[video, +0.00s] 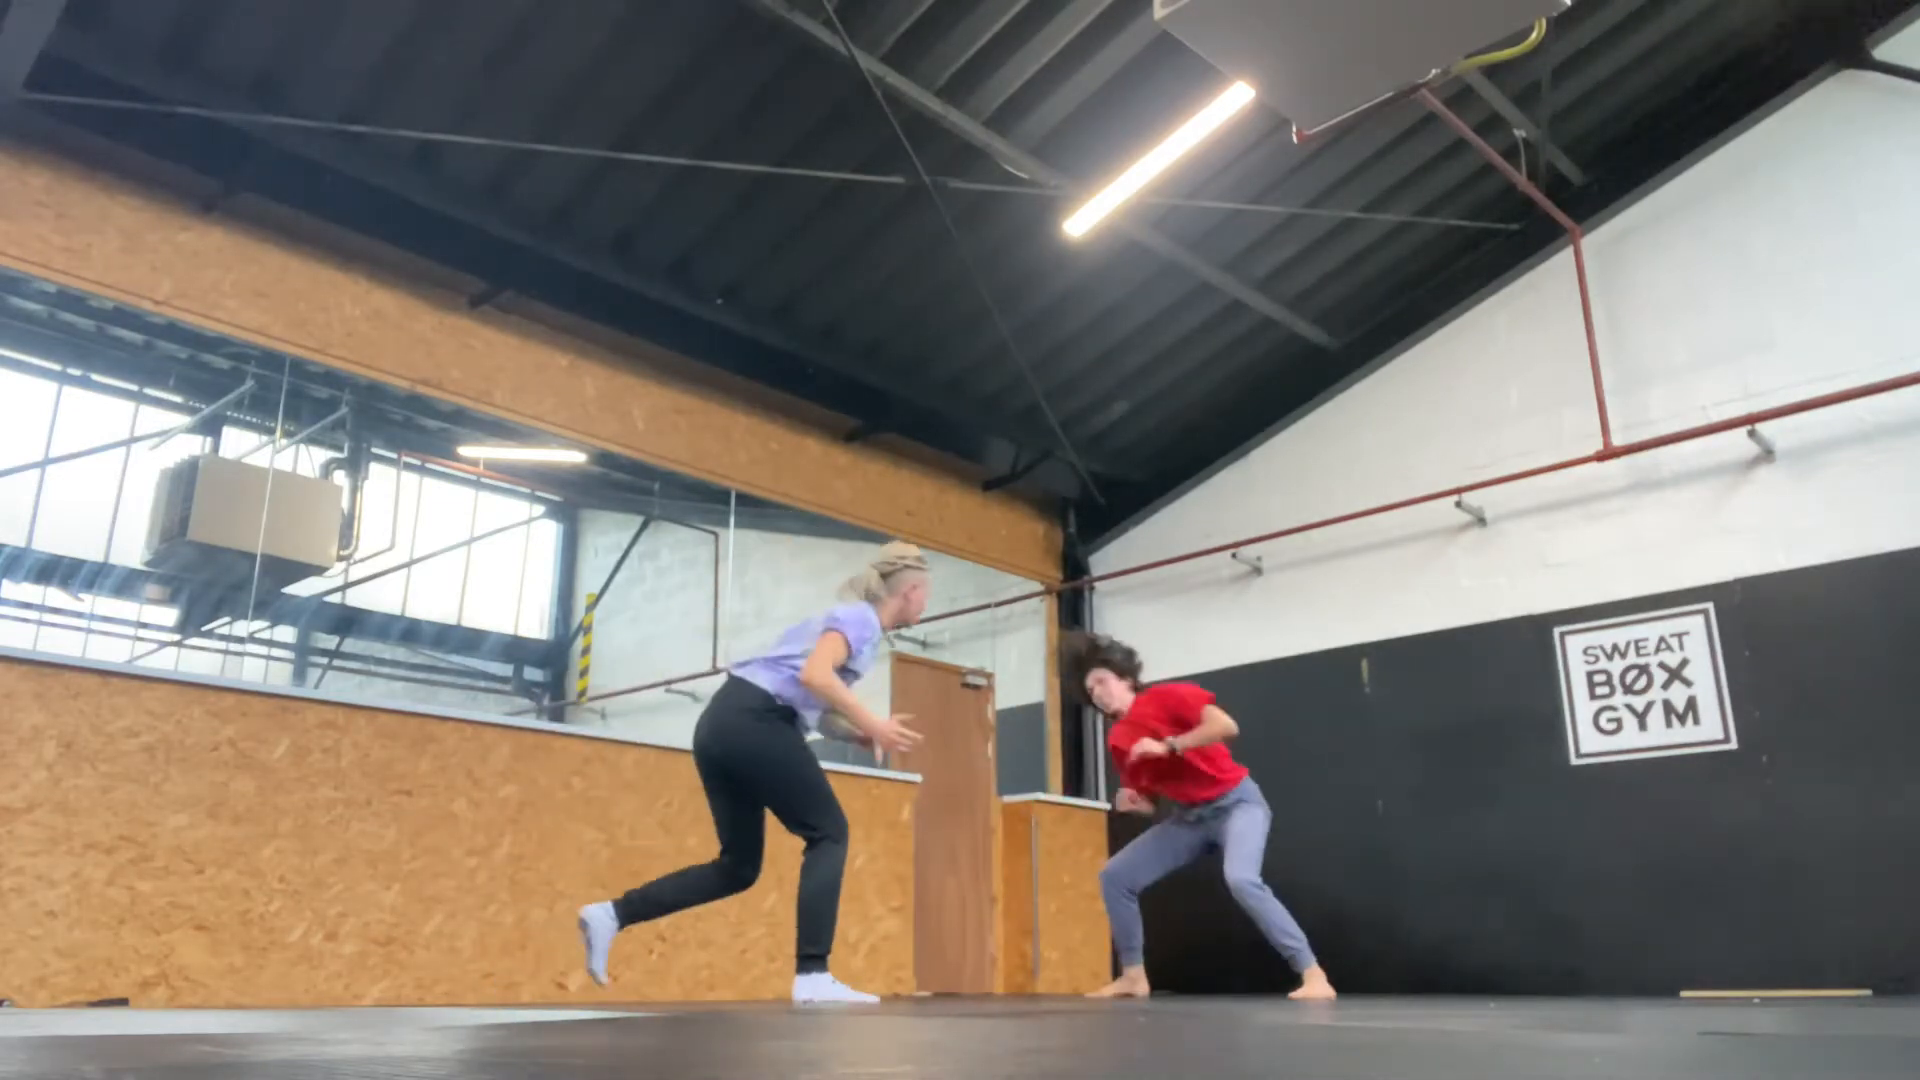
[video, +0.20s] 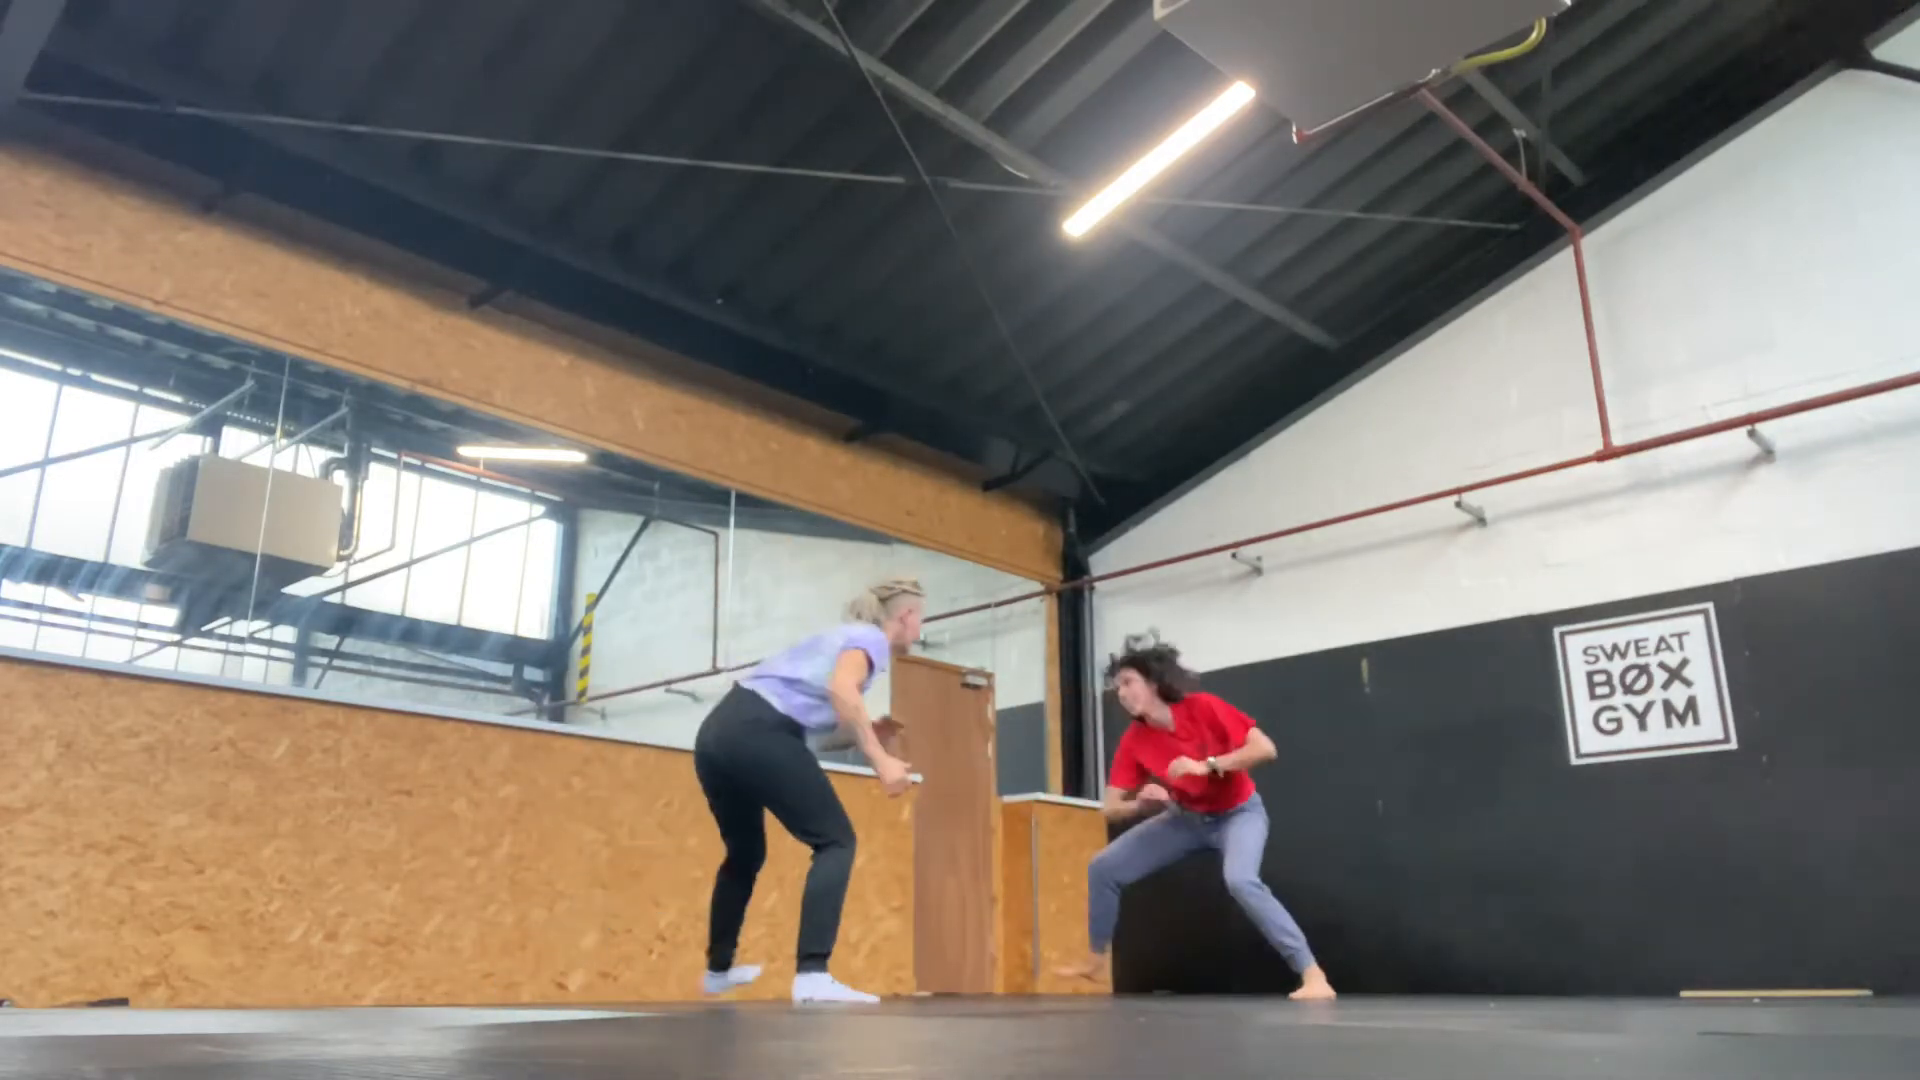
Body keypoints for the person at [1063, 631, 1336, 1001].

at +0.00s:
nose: (1096, 694)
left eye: (1100, 682)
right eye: (1090, 690)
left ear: (1124, 676)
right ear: (1091, 699)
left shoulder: (1168, 697)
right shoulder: (1118, 739)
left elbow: (1225, 725)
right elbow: (1149, 802)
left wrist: (1169, 745)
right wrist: (1134, 803)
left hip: (1237, 804)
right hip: (1187, 819)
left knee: (1241, 879)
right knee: (1116, 877)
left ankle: (1314, 977)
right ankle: (1134, 977)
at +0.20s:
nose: (1121, 694)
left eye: (1127, 683)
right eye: (1117, 688)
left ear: (1154, 682)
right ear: (1121, 696)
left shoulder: (1204, 707)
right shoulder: (1135, 740)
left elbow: (1265, 748)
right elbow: (1112, 807)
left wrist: (1207, 765)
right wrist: (1138, 803)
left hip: (1240, 813)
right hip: (1186, 819)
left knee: (1241, 880)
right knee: (1103, 868)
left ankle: (1312, 975)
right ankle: (1096, 965)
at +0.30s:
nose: (1107, 699)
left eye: (1112, 689)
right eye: (1103, 693)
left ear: (1136, 683)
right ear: (1106, 698)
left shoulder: (1185, 707)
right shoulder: (1116, 737)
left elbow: (1253, 735)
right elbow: (1069, 785)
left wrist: (1214, 763)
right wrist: (1093, 776)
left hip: (1225, 817)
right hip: (1173, 822)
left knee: (1231, 886)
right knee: (1095, 875)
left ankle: (1311, 977)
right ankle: (1066, 968)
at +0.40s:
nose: (1071, 694)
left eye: (1076, 685)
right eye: (1068, 688)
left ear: (1101, 684)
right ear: (1075, 693)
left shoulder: (1152, 705)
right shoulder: (1083, 734)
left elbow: (1214, 729)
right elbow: (1053, 759)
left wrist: (1190, 750)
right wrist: (1035, 756)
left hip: (1194, 815)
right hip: (1146, 822)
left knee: (1224, 894)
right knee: (1073, 880)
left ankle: (1307, 975)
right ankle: (1057, 979)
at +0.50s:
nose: (1038, 686)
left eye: (1043, 677)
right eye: (1036, 680)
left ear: (1065, 675)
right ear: (1043, 686)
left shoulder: (1117, 698)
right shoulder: (1050, 728)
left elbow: (1181, 725)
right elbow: (1002, 750)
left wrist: (1144, 736)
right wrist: (965, 747)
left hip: (1165, 806)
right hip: (1115, 818)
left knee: (1220, 880)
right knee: (1051, 878)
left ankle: (1292, 961)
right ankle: (1056, 978)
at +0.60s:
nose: (1019, 683)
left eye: (1023, 675)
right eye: (1017, 677)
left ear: (1046, 670)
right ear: (1025, 679)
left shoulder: (1088, 688)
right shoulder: (1026, 719)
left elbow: (1143, 714)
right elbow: (977, 743)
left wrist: (1091, 723)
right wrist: (925, 756)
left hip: (1144, 792)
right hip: (1096, 807)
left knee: (1196, 876)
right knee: (1045, 873)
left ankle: (1268, 958)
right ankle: (1055, 978)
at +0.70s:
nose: (1022, 687)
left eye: (1026, 677)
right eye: (1015, 680)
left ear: (1045, 666)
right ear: (1010, 676)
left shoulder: (1072, 676)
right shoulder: (1014, 713)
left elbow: (1086, 700)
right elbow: (974, 743)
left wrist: (1036, 696)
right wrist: (923, 771)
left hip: (1130, 782)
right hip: (1084, 799)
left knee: (1171, 877)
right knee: (1046, 872)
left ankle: (1223, 958)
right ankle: (1054, 978)